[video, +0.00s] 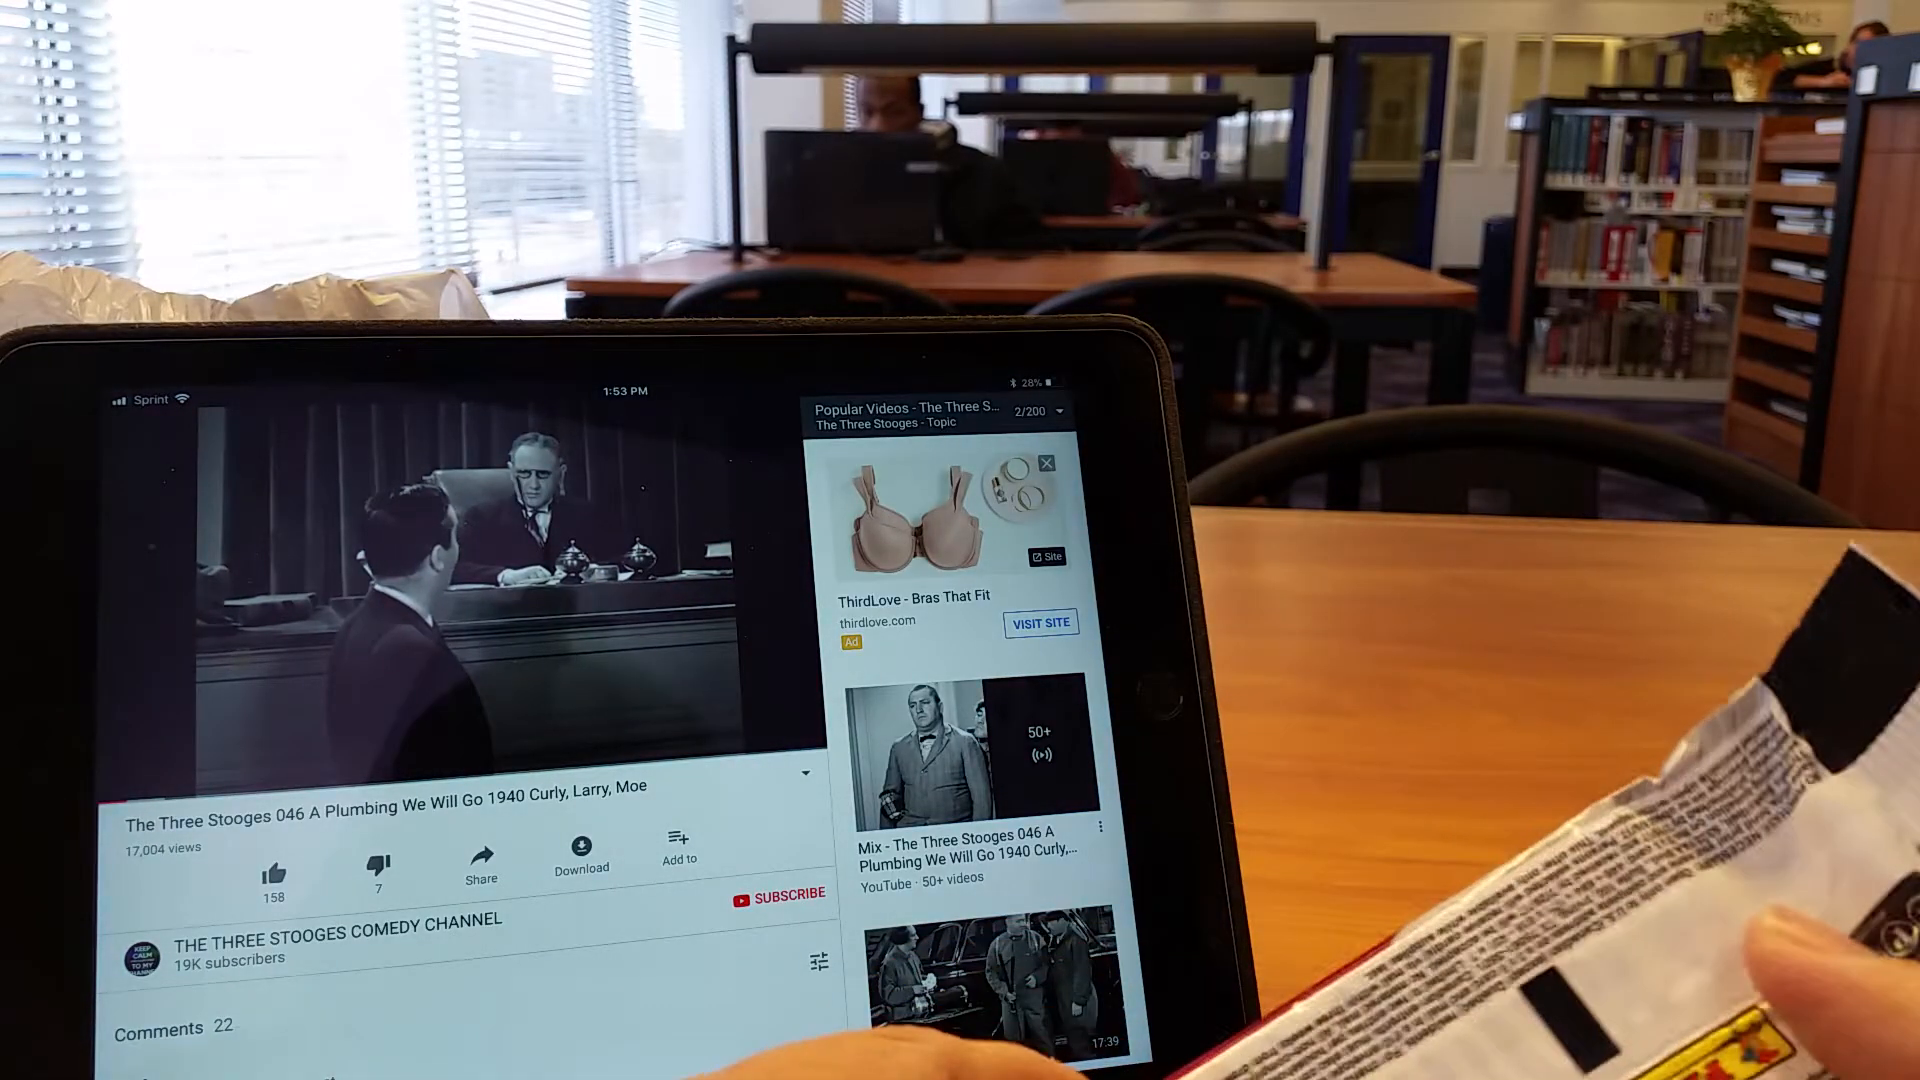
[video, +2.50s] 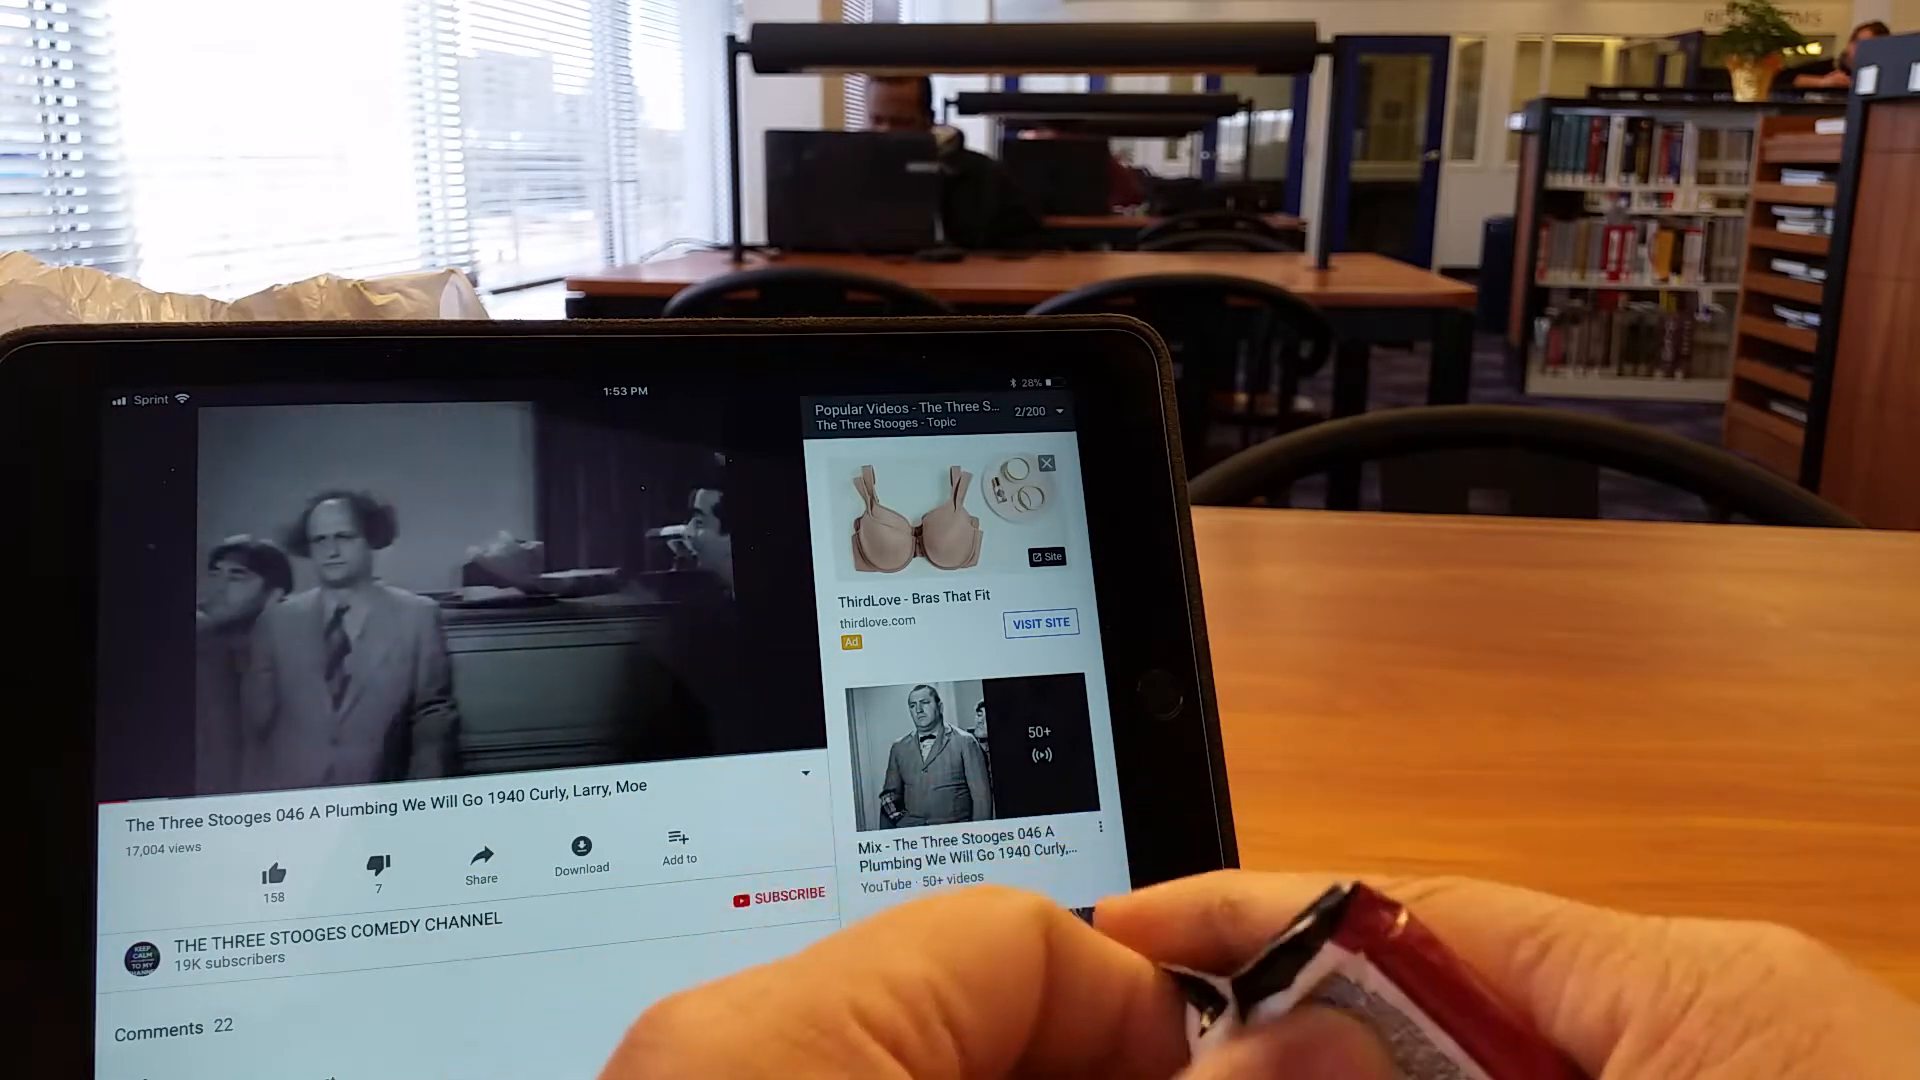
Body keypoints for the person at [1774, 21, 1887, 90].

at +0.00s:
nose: (1860, 50)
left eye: (1868, 46)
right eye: (1857, 43)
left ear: (1880, 50)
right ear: (1849, 44)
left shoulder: (1884, 77)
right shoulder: (1829, 68)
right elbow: (1780, 80)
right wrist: (1825, 82)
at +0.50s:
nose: (1860, 50)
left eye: (1868, 46)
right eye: (1858, 43)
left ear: (1880, 50)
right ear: (1849, 44)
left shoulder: (1884, 77)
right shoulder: (1828, 68)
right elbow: (1780, 80)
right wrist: (1825, 82)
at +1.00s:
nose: (1860, 51)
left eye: (1868, 46)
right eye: (1858, 43)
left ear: (1880, 51)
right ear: (1849, 44)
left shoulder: (1884, 78)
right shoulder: (1828, 68)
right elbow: (1780, 80)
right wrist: (1825, 82)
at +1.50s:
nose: (1859, 50)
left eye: (1867, 45)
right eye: (1857, 43)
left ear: (1880, 50)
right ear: (1849, 44)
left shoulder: (1884, 78)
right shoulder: (1829, 68)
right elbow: (1781, 80)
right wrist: (1824, 82)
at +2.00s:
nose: (1860, 50)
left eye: (1868, 45)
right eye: (1857, 43)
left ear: (1880, 50)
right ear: (1849, 44)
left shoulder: (1884, 78)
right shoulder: (1829, 68)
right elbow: (1780, 80)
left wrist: (1856, 84)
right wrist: (1824, 82)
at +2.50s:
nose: (1859, 50)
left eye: (1867, 45)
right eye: (1857, 42)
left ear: (1880, 50)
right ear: (1849, 44)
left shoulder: (1885, 77)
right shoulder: (1830, 68)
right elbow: (1781, 79)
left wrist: (1855, 85)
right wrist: (1823, 82)